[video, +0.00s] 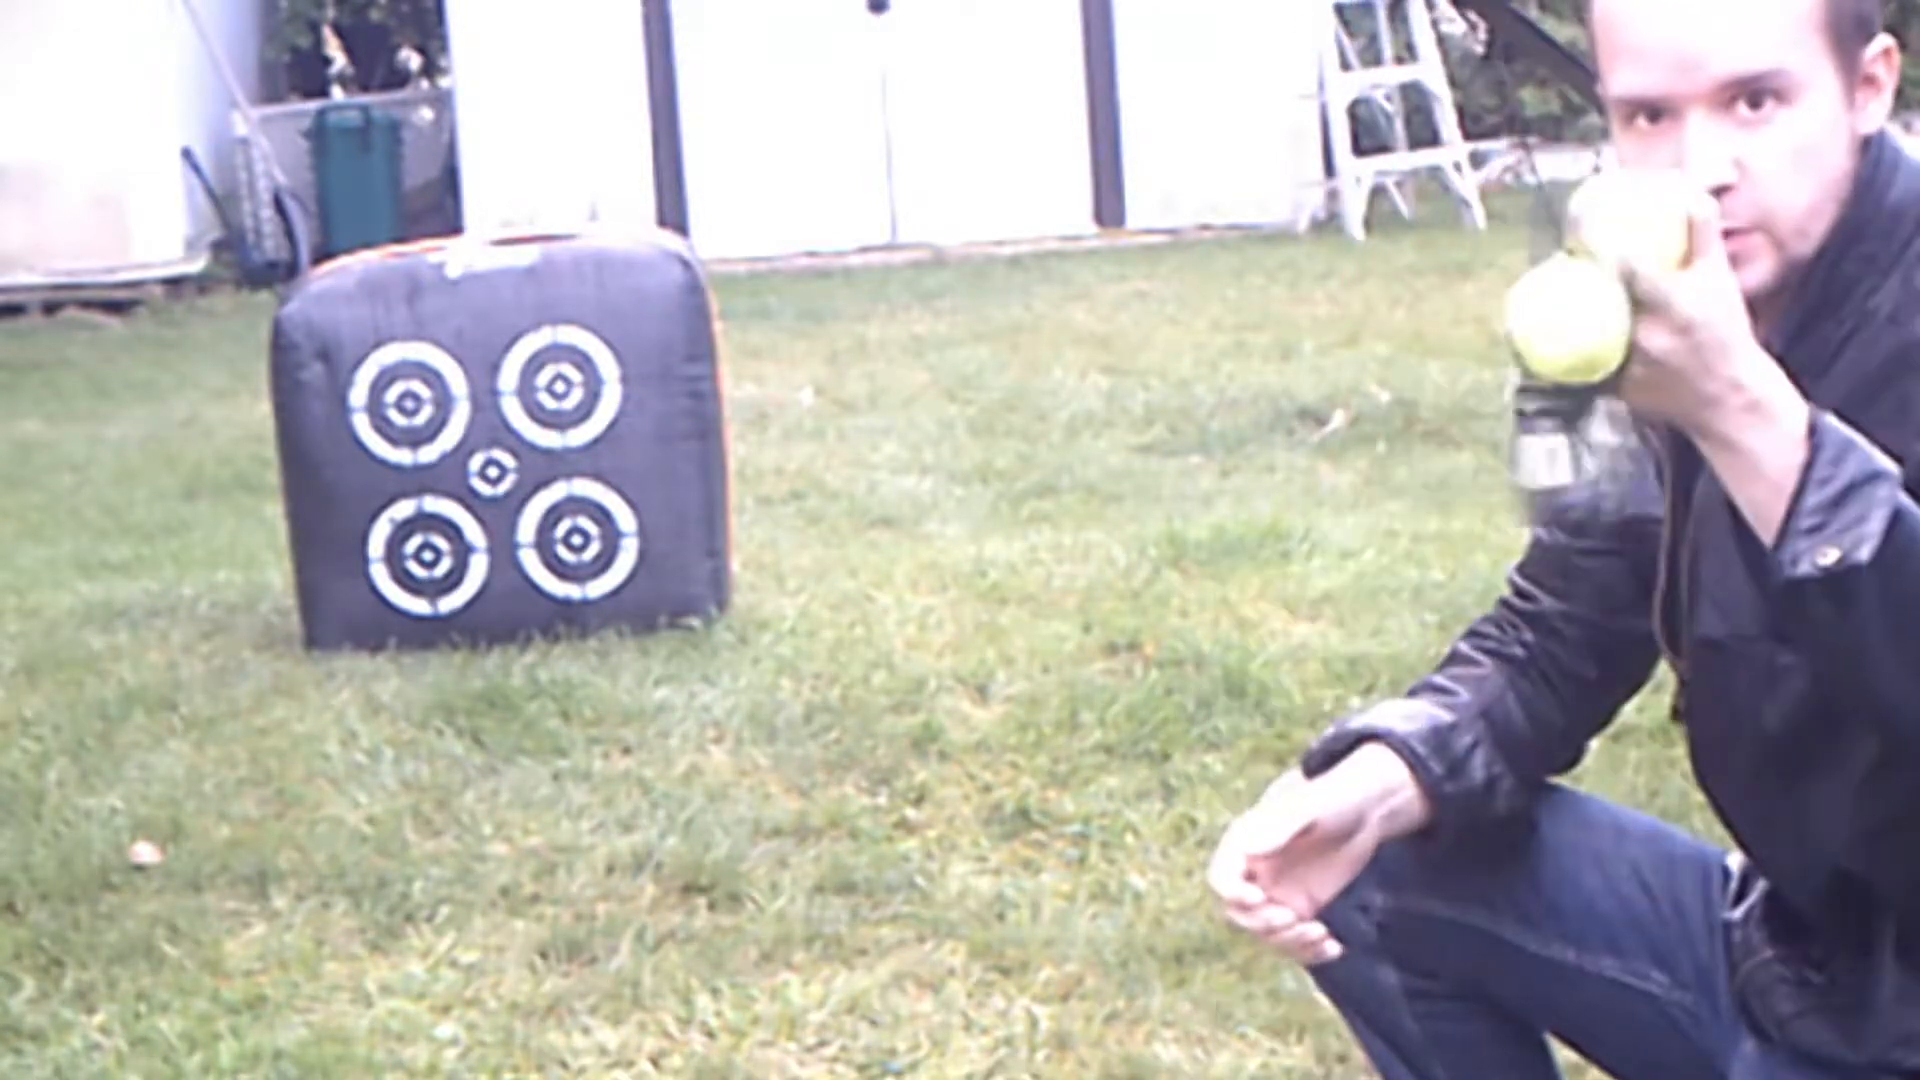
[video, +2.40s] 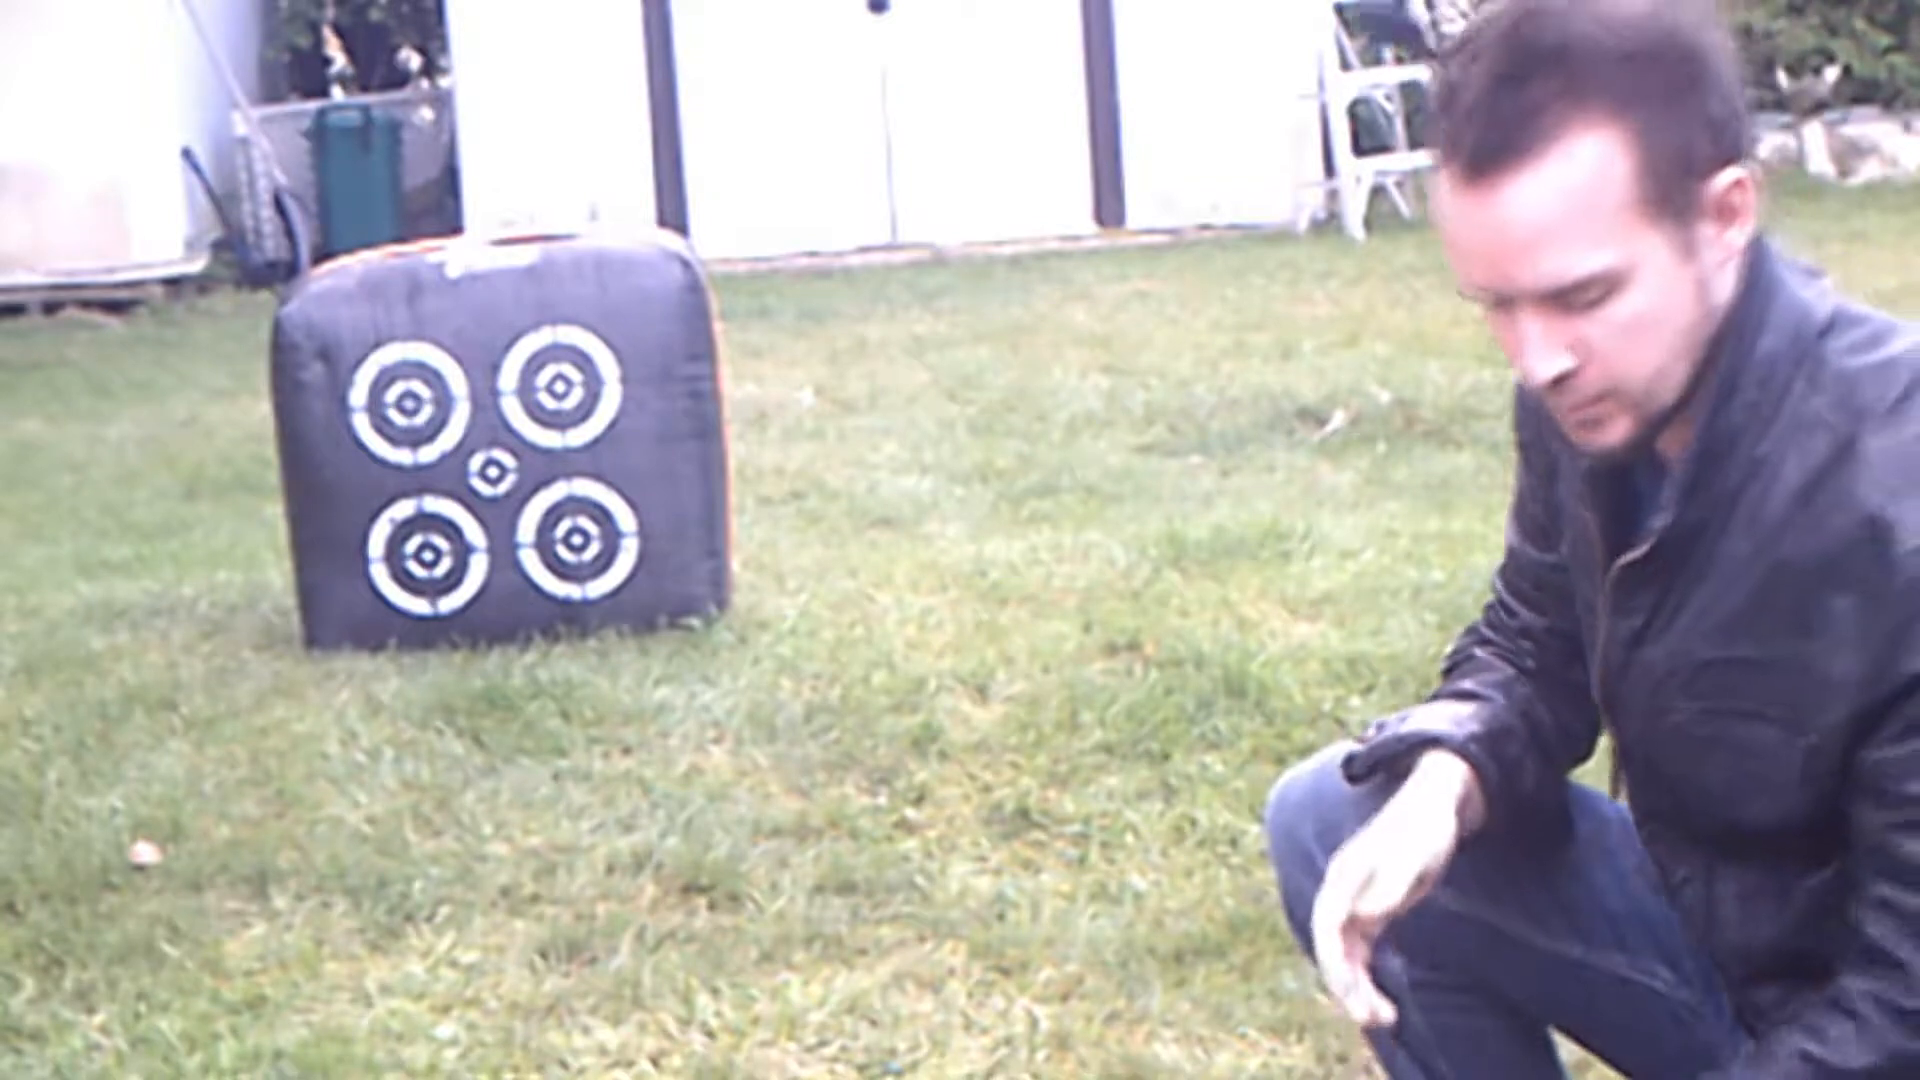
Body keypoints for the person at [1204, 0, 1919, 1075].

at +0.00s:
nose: (1701, 174)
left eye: (1757, 101)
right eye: (1648, 117)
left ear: (1872, 87)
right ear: (1607, 125)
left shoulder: (1911, 329)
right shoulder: (1675, 312)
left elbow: (1904, 680)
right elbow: (1557, 633)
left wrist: (1741, 412)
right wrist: (1387, 779)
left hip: (1893, 1037)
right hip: (1772, 944)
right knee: (1367, 869)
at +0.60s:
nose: (1683, 183)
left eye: (1738, 111)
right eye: (1635, 125)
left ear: (1862, 94)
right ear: (1598, 132)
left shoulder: (1905, 338)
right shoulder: (1646, 322)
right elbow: (1555, 637)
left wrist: (1712, 530)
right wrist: (1407, 781)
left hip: (1883, 1047)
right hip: (1766, 945)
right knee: (1360, 852)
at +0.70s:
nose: (1667, 193)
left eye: (1722, 124)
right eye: (1621, 139)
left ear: (1855, 104)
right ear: (1589, 135)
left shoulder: (1903, 357)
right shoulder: (1630, 336)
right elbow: (1563, 645)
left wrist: (1688, 677)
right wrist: (1423, 774)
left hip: (1883, 1046)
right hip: (1759, 949)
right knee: (1329, 842)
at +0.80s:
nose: (1639, 223)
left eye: (1696, 156)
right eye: (1602, 165)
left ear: (1840, 120)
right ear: (1573, 143)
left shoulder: (1899, 383)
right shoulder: (1629, 342)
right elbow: (1559, 625)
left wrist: (1695, 836)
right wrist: (1438, 768)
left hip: (1876, 1030)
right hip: (1740, 943)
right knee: (1333, 842)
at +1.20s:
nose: (1608, 287)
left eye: (1660, 233)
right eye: (1578, 228)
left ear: (1818, 182)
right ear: (1553, 191)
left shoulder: (1900, 423)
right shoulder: (1621, 348)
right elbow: (1551, 618)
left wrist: (1740, 985)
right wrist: (1460, 808)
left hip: (1879, 1000)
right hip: (1719, 912)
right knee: (1334, 820)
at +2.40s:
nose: (1538, 364)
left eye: (1584, 296)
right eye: (1498, 307)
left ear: (1725, 220)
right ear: (1467, 272)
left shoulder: (1891, 476)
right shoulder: (1577, 392)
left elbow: (1901, 980)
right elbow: (1536, 639)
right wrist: (1444, 784)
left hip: (1859, 1012)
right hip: (1699, 930)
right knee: (1331, 822)